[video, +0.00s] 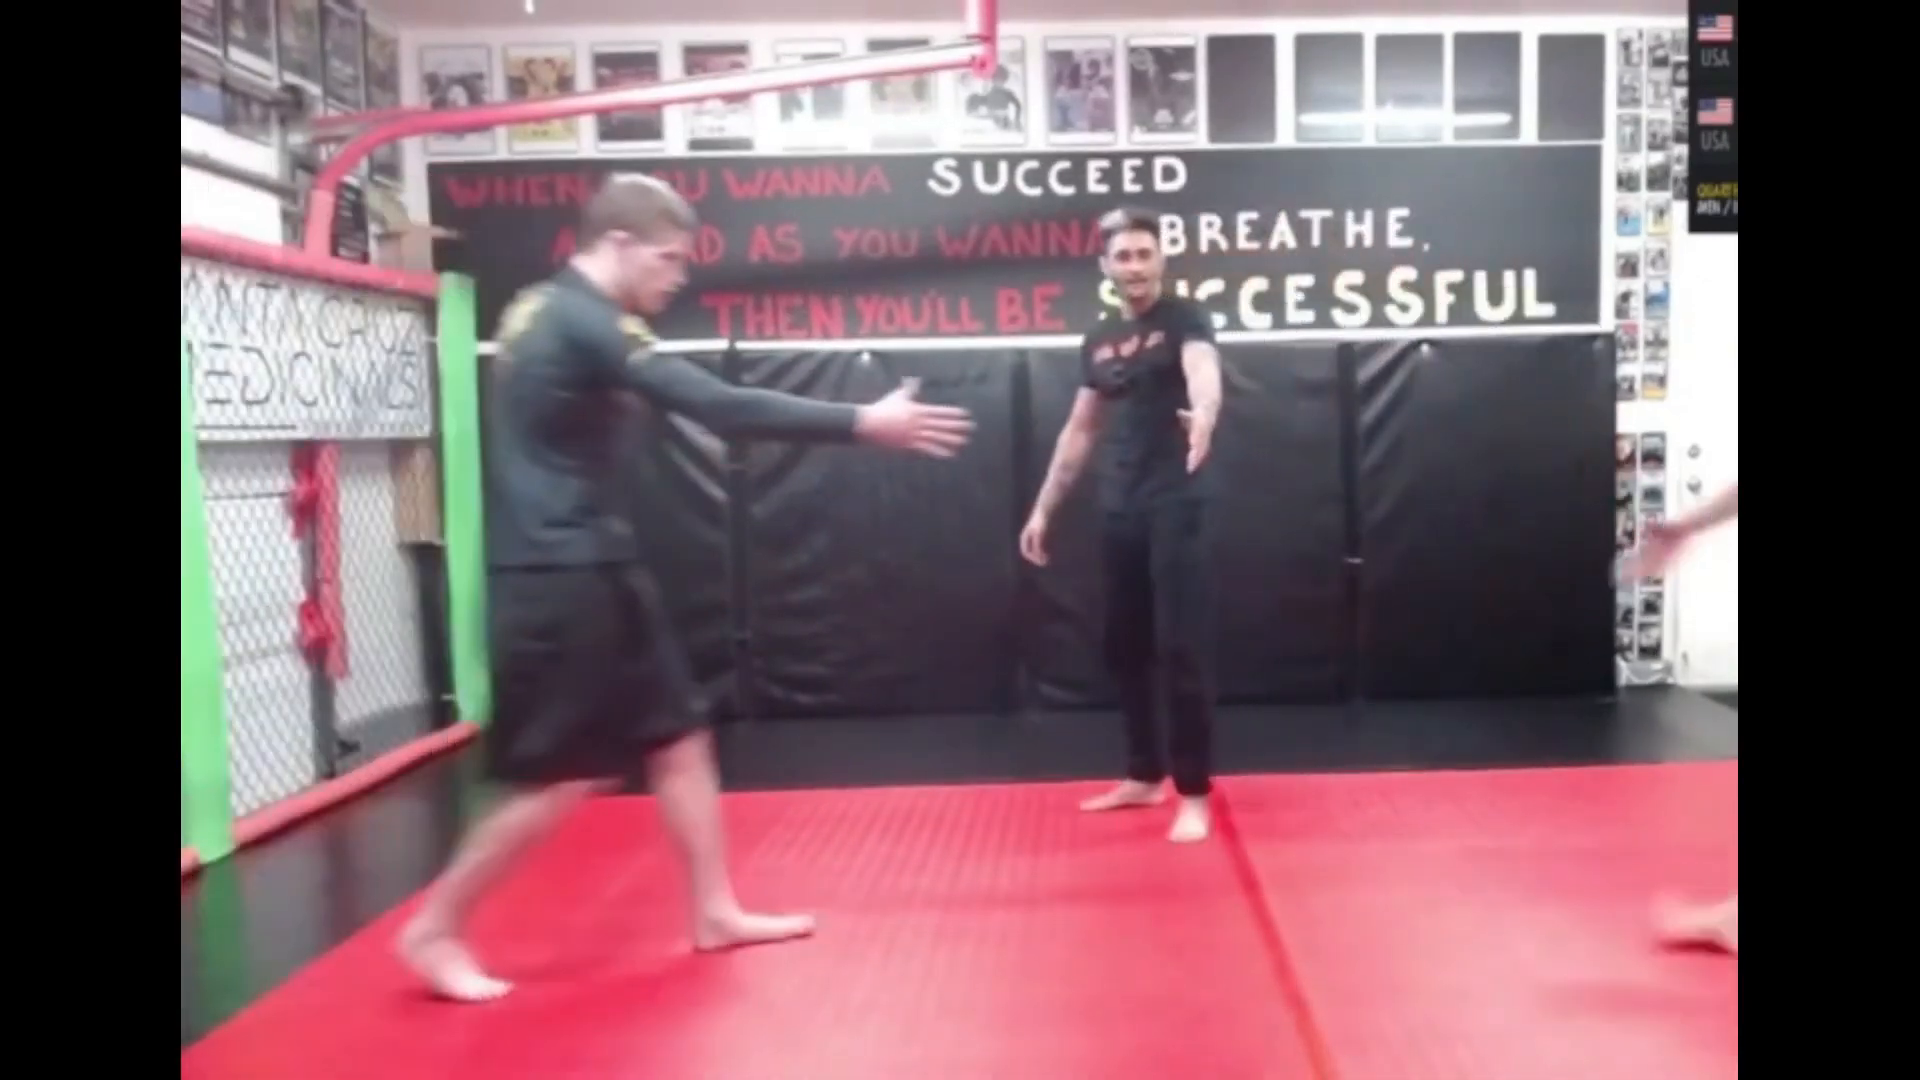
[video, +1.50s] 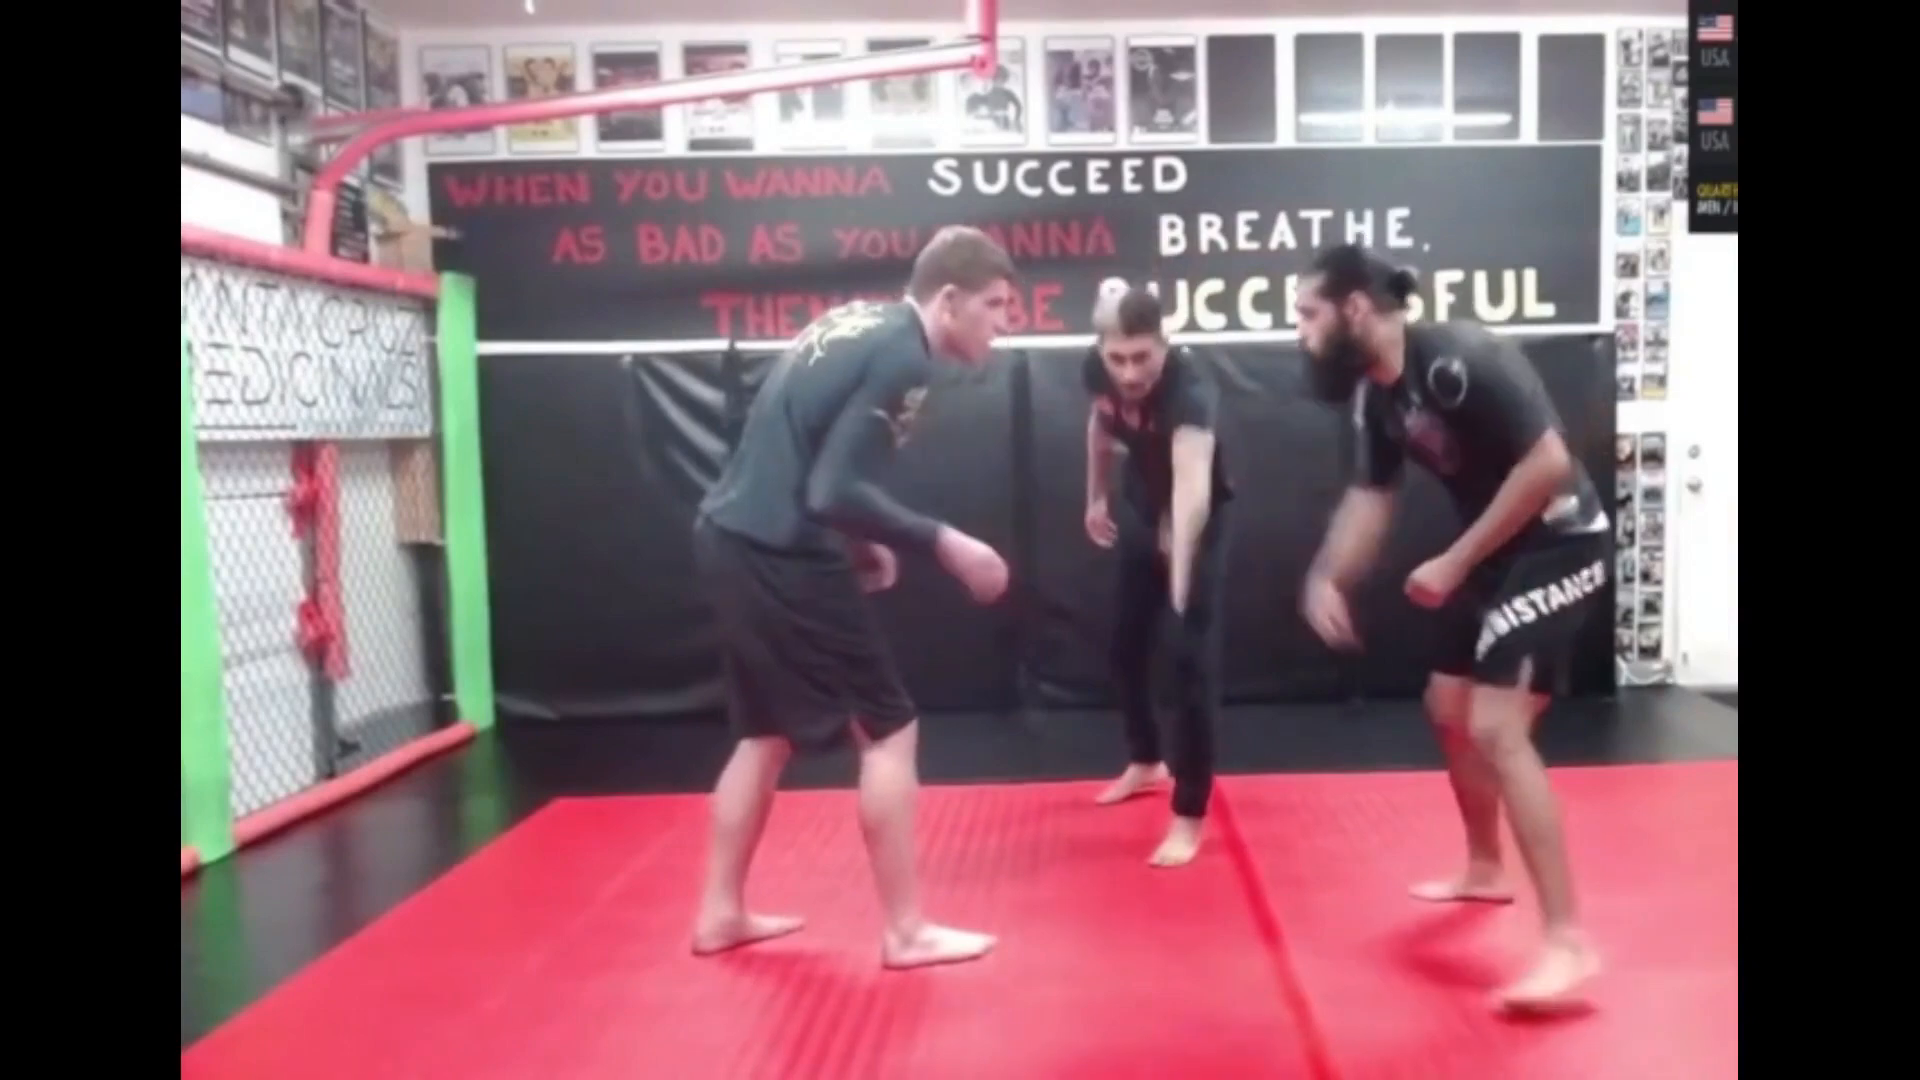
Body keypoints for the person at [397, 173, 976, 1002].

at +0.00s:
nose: (678, 281)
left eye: (681, 265)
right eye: (671, 262)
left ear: (612, 251)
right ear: (619, 247)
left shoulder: (546, 312)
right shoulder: (583, 320)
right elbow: (715, 400)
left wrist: (678, 425)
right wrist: (861, 420)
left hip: (587, 567)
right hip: (561, 572)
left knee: (680, 732)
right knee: (563, 771)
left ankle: (717, 913)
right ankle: (432, 929)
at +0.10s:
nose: (722, 286)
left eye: (725, 269)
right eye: (716, 267)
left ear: (658, 255)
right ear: (666, 251)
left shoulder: (590, 313)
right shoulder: (627, 320)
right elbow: (750, 404)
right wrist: (904, 422)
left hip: (609, 563)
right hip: (600, 568)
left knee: (718, 718)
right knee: (675, 750)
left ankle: (720, 913)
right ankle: (509, 888)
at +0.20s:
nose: (807, 285)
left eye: (812, 269)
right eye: (802, 266)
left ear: (745, 251)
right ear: (753, 248)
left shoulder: (667, 300)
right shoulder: (714, 312)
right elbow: (839, 400)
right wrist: (985, 424)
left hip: (641, 537)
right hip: (676, 539)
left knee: (739, 725)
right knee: (796, 714)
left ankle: (724, 906)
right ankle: (756, 914)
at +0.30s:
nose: (850, 291)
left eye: (855, 273)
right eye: (846, 271)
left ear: (786, 257)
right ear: (797, 255)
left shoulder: (706, 301)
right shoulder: (757, 323)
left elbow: (686, 439)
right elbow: (889, 410)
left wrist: (743, 523)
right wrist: (1035, 426)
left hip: (670, 535)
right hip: (703, 539)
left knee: (747, 727)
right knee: (819, 725)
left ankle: (720, 909)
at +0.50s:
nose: (920, 313)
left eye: (922, 297)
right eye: (913, 296)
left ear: (847, 280)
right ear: (861, 280)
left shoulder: (759, 316)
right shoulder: (837, 352)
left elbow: (723, 439)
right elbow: (974, 438)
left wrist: (779, 528)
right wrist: (1122, 450)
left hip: (684, 544)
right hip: (741, 552)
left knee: (772, 727)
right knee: (858, 729)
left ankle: (722, 906)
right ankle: (908, 927)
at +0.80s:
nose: (1000, 348)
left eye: (1005, 331)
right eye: (997, 329)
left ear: (938, 310)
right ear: (952, 313)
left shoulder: (847, 325)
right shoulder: (917, 371)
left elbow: (750, 416)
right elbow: (915, 520)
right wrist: (1034, 495)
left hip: (712, 529)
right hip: (781, 546)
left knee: (762, 733)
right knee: (880, 728)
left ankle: (719, 910)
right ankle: (906, 930)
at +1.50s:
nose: (1003, 325)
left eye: (1006, 309)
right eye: (996, 307)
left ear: (938, 298)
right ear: (948, 298)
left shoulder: (858, 324)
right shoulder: (901, 353)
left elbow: (792, 459)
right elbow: (834, 491)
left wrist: (850, 537)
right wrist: (946, 540)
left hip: (726, 530)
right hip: (782, 544)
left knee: (765, 730)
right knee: (888, 727)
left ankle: (719, 913)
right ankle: (906, 929)